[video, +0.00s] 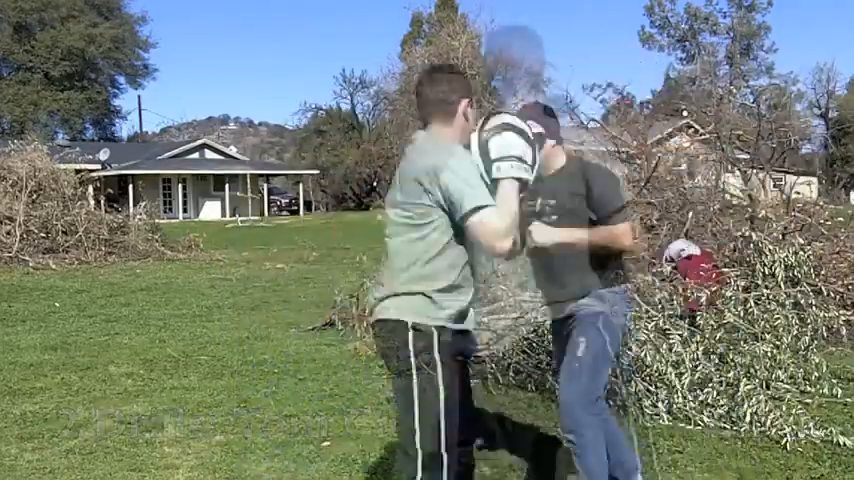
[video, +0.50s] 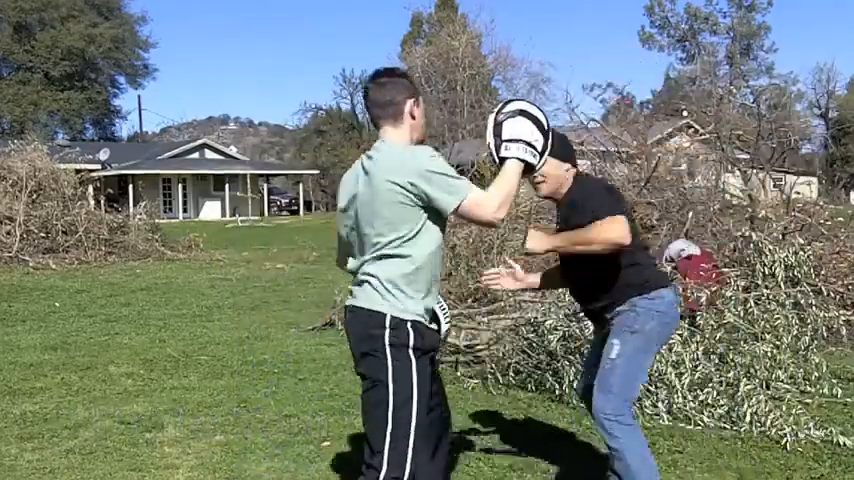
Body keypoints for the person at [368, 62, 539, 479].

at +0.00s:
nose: (476, 118)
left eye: (475, 111)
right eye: (475, 109)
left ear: (426, 108)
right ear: (465, 109)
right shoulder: (445, 157)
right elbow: (500, 239)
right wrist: (509, 168)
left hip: (413, 317)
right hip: (422, 322)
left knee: (448, 448)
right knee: (435, 455)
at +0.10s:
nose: (485, 149)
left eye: (482, 139)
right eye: (482, 138)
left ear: (435, 139)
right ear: (469, 139)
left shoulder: (454, 184)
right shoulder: (434, 184)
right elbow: (477, 264)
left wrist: (558, 150)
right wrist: (510, 204)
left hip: (438, 342)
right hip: (413, 343)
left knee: (472, 449)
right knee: (449, 464)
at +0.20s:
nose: (481, 164)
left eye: (480, 155)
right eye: (480, 154)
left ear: (433, 152)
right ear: (468, 152)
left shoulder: (453, 199)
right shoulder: (438, 196)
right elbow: (474, 279)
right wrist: (510, 226)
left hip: (437, 344)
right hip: (410, 346)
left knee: (483, 441)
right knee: (464, 463)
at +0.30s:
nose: (462, 151)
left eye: (460, 142)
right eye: (460, 141)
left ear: (413, 144)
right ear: (450, 142)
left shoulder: (415, 187)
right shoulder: (432, 189)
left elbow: (471, 257)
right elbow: (491, 258)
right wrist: (519, 202)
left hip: (431, 342)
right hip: (412, 345)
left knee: (477, 450)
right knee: (448, 464)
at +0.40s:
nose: (440, 130)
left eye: (438, 123)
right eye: (438, 122)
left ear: (390, 128)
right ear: (429, 123)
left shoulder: (377, 184)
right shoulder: (423, 172)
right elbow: (493, 228)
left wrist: (442, 307)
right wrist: (522, 174)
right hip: (404, 334)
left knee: (454, 447)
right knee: (418, 462)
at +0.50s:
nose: (424, 113)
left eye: (420, 105)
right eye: (422, 105)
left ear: (372, 116)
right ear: (413, 109)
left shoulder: (354, 175)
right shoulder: (415, 161)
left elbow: (347, 254)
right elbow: (493, 210)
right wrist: (518, 153)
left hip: (373, 314)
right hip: (397, 321)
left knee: (432, 435)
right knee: (397, 454)